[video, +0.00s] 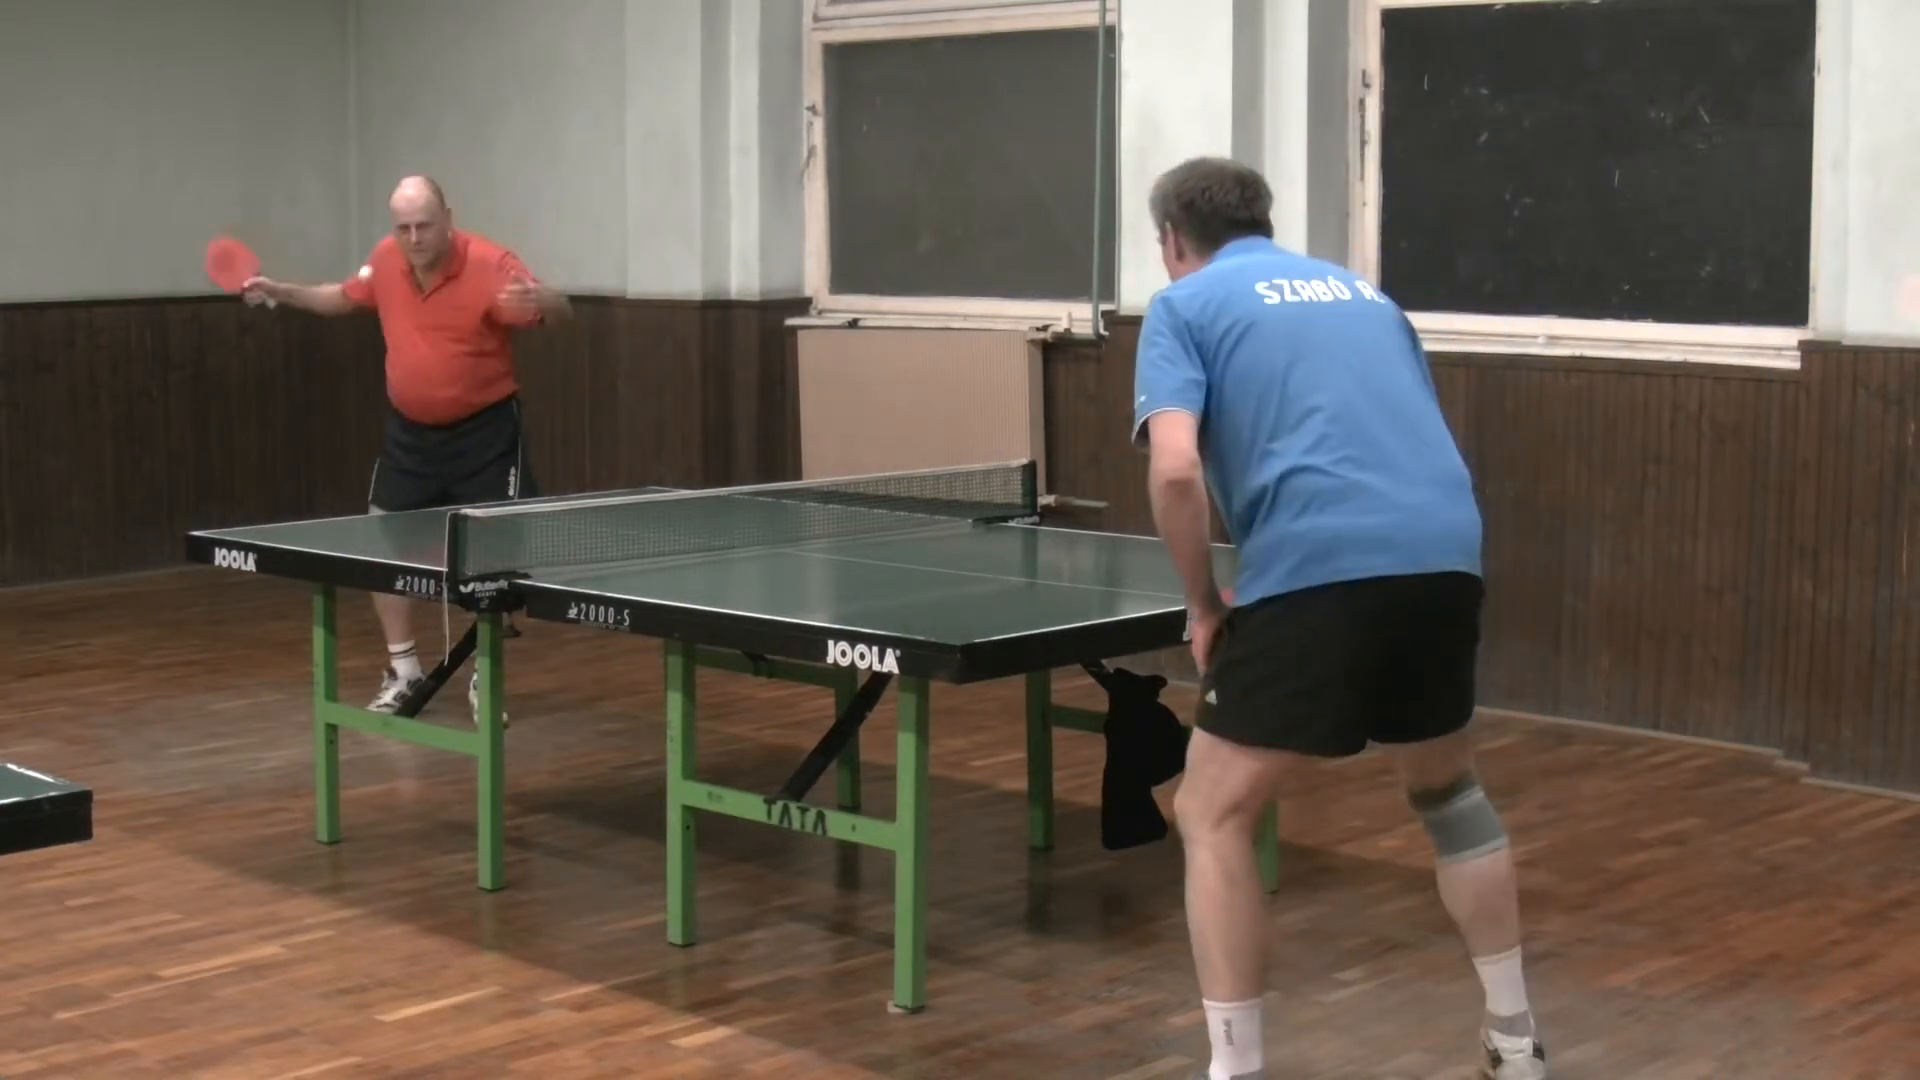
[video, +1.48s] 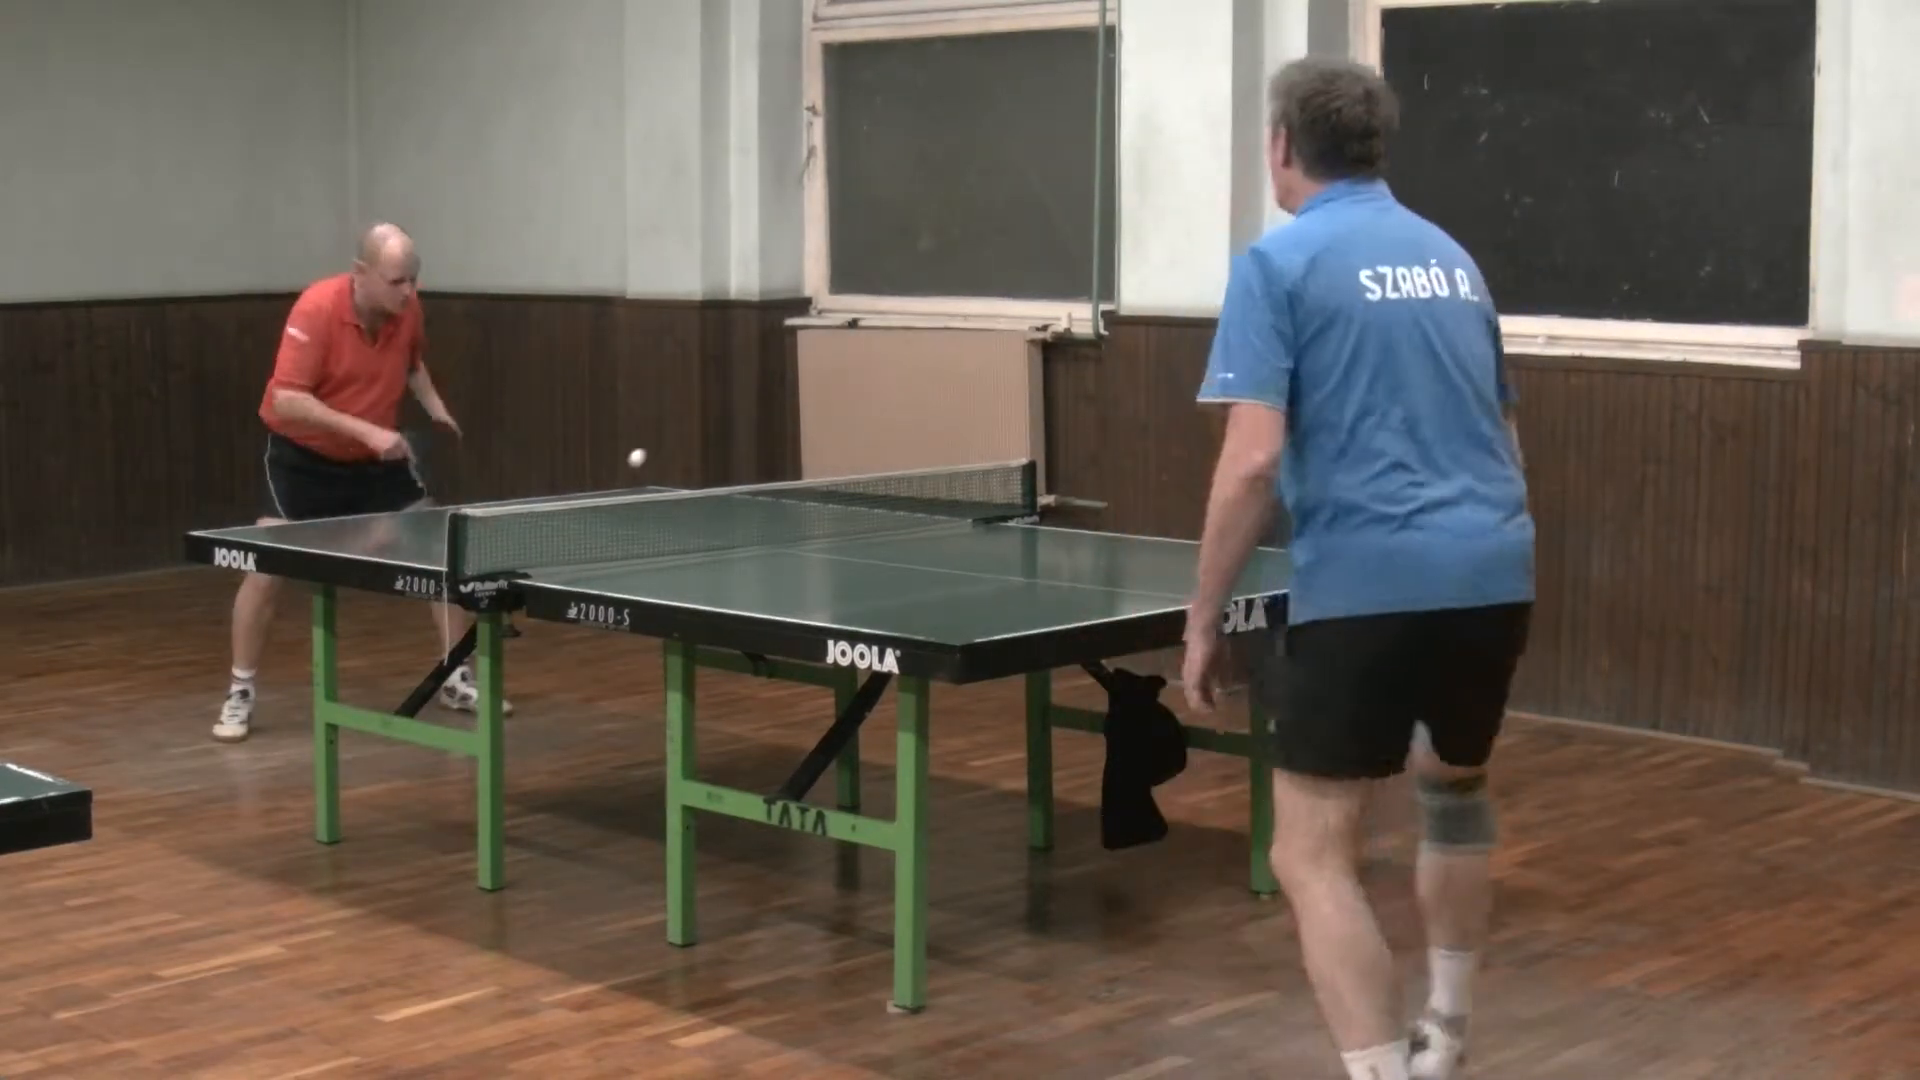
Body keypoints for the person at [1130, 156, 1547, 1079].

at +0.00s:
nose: (1163, 269)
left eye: (1160, 253)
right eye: (1164, 256)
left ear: (1178, 245)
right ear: (1261, 229)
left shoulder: (1181, 309)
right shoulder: (1361, 290)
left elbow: (1176, 467)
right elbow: (1411, 430)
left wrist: (1202, 601)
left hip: (1313, 571)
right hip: (1445, 559)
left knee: (1214, 812)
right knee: (1447, 786)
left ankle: (1235, 1065)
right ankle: (1516, 1040)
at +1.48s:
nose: (1266, 158)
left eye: (1268, 141)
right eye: (1269, 141)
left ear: (1285, 149)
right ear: (1380, 150)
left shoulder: (1278, 260)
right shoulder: (1450, 255)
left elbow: (1254, 460)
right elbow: (1501, 442)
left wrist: (1204, 618)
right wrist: (1479, 565)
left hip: (1359, 597)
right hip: (1491, 584)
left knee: (1314, 850)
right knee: (1456, 793)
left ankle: (1377, 1067)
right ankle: (1443, 1029)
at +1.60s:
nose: (1298, 166)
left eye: (1302, 151)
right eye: (1303, 151)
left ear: (1318, 157)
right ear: (1413, 158)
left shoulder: (1302, 265)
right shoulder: (1483, 260)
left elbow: (1269, 468)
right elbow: (1518, 434)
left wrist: (1228, 618)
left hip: (1381, 600)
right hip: (1515, 583)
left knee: (1321, 861)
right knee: (1507, 772)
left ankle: (1379, 1070)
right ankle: (1554, 1023)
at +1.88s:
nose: (1360, 192)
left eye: (1361, 175)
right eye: (1363, 175)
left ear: (1378, 175)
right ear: (1464, 169)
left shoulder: (1394, 267)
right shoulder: (1537, 259)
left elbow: (1379, 458)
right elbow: (1561, 453)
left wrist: (1323, 619)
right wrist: (1455, 573)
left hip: (1517, 579)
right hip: (1626, 566)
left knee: (1422, 843)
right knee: (1601, 810)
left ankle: (1414, 1070)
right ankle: (1660, 1044)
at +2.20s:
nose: (1422, 250)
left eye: (1422, 236)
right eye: (1422, 236)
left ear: (1438, 240)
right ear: (1530, 229)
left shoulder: (1434, 329)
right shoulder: (1610, 309)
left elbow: (1422, 524)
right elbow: (1651, 463)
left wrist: (1426, 671)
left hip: (1580, 619)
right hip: (1710, 598)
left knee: (1442, 877)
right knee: (1663, 791)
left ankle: (1493, 1070)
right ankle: (1702, 1024)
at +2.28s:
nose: (1481, 259)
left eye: (1484, 247)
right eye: (1485, 246)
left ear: (1500, 254)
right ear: (1589, 252)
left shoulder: (1468, 344)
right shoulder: (1660, 343)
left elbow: (1419, 549)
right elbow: (1725, 514)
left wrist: (1441, 681)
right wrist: (1709, 633)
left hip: (1555, 652)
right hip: (1695, 639)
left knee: (1414, 888)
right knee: (1684, 812)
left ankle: (1478, 1071)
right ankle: (1716, 1013)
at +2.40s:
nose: (1607, 293)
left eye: (1609, 282)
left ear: (1614, 290)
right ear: (1708, 306)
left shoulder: (1543, 364)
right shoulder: (1752, 417)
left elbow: (1414, 516)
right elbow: (1799, 614)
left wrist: (1404, 639)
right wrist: (1807, 734)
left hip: (1538, 671)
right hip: (1681, 685)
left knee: (1418, 905)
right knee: (1696, 813)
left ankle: (1473, 1071)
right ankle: (1719, 1009)